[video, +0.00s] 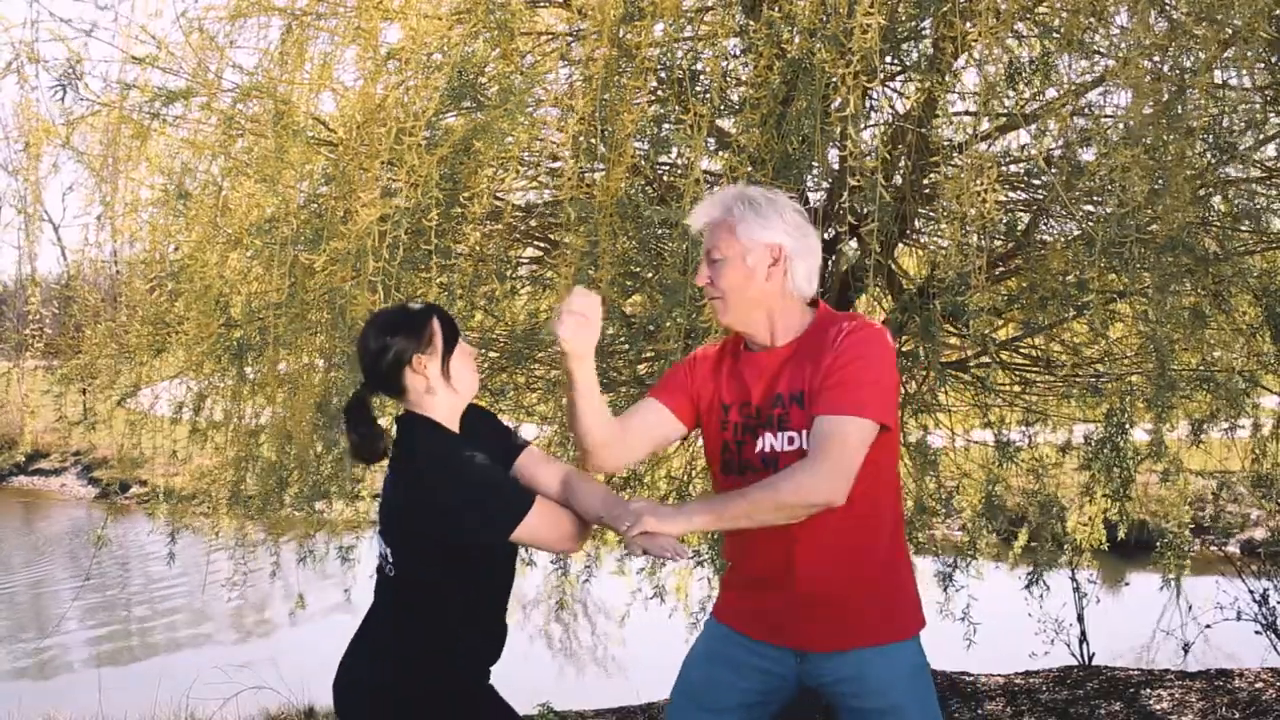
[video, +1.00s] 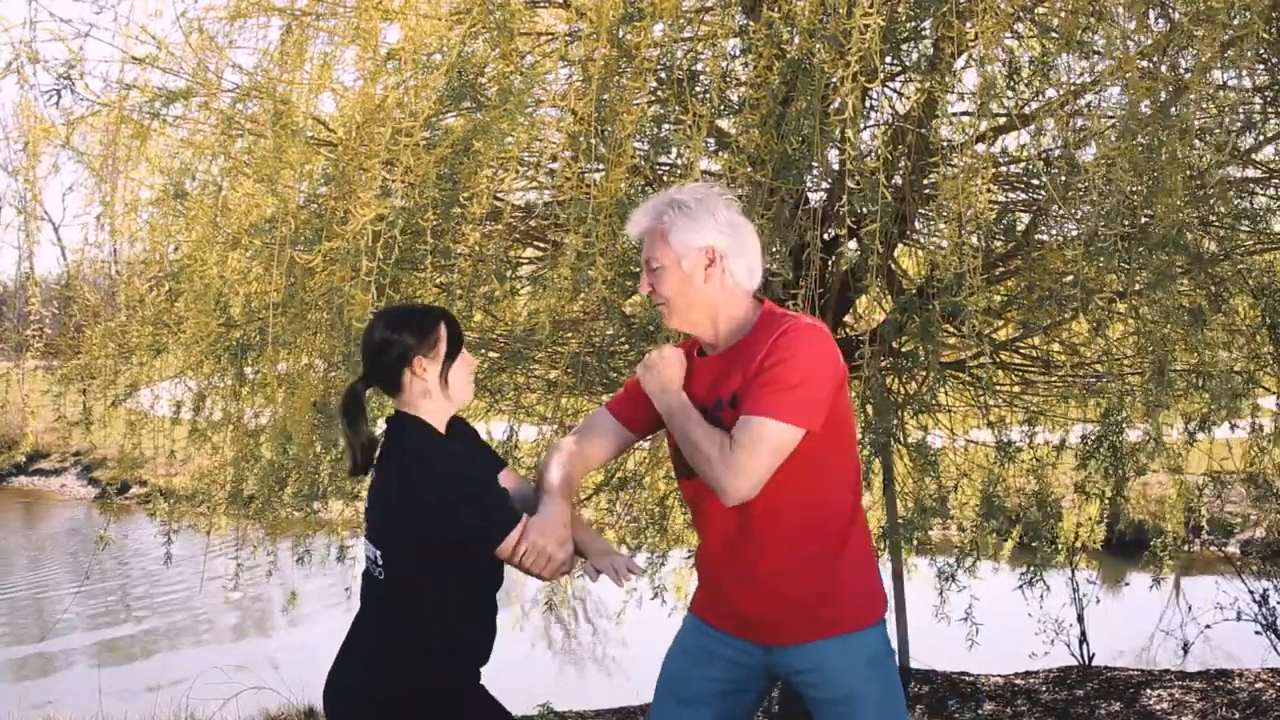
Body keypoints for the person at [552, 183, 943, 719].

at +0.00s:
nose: (700, 278)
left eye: (715, 260)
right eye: (704, 261)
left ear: (774, 262)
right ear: (766, 264)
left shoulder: (857, 344)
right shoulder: (707, 369)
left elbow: (825, 480)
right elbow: (606, 453)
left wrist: (681, 517)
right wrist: (581, 359)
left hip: (869, 646)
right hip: (742, 640)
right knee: (684, 710)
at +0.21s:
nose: (678, 273)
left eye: (692, 256)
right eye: (682, 256)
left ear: (749, 260)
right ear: (743, 261)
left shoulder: (834, 349)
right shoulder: (696, 361)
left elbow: (798, 490)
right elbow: (580, 426)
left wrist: (688, 434)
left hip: (852, 642)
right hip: (731, 634)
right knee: (682, 709)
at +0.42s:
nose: (665, 277)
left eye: (678, 260)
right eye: (668, 260)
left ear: (735, 261)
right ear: (728, 262)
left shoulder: (808, 345)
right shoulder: (689, 361)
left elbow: (692, 454)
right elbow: (586, 435)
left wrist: (567, 434)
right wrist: (560, 506)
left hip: (834, 636)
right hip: (719, 630)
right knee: (670, 711)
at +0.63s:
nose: (651, 278)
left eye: (663, 261)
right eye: (654, 262)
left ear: (719, 260)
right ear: (714, 262)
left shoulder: (805, 348)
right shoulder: (684, 363)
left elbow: (744, 484)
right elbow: (582, 438)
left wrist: (667, 406)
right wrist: (547, 498)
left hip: (832, 636)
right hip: (716, 631)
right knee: (667, 711)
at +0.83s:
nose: (649, 282)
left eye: (660, 264)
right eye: (651, 266)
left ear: (715, 261)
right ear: (713, 264)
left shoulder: (804, 347)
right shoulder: (679, 367)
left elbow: (736, 481)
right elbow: (575, 448)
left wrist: (659, 408)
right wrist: (557, 505)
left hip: (834, 635)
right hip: (717, 632)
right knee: (669, 711)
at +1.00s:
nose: (646, 287)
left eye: (655, 269)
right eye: (645, 272)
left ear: (711, 262)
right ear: (709, 265)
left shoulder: (804, 346)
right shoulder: (682, 365)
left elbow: (735, 478)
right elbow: (574, 449)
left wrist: (668, 397)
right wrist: (554, 509)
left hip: (836, 634)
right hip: (719, 630)